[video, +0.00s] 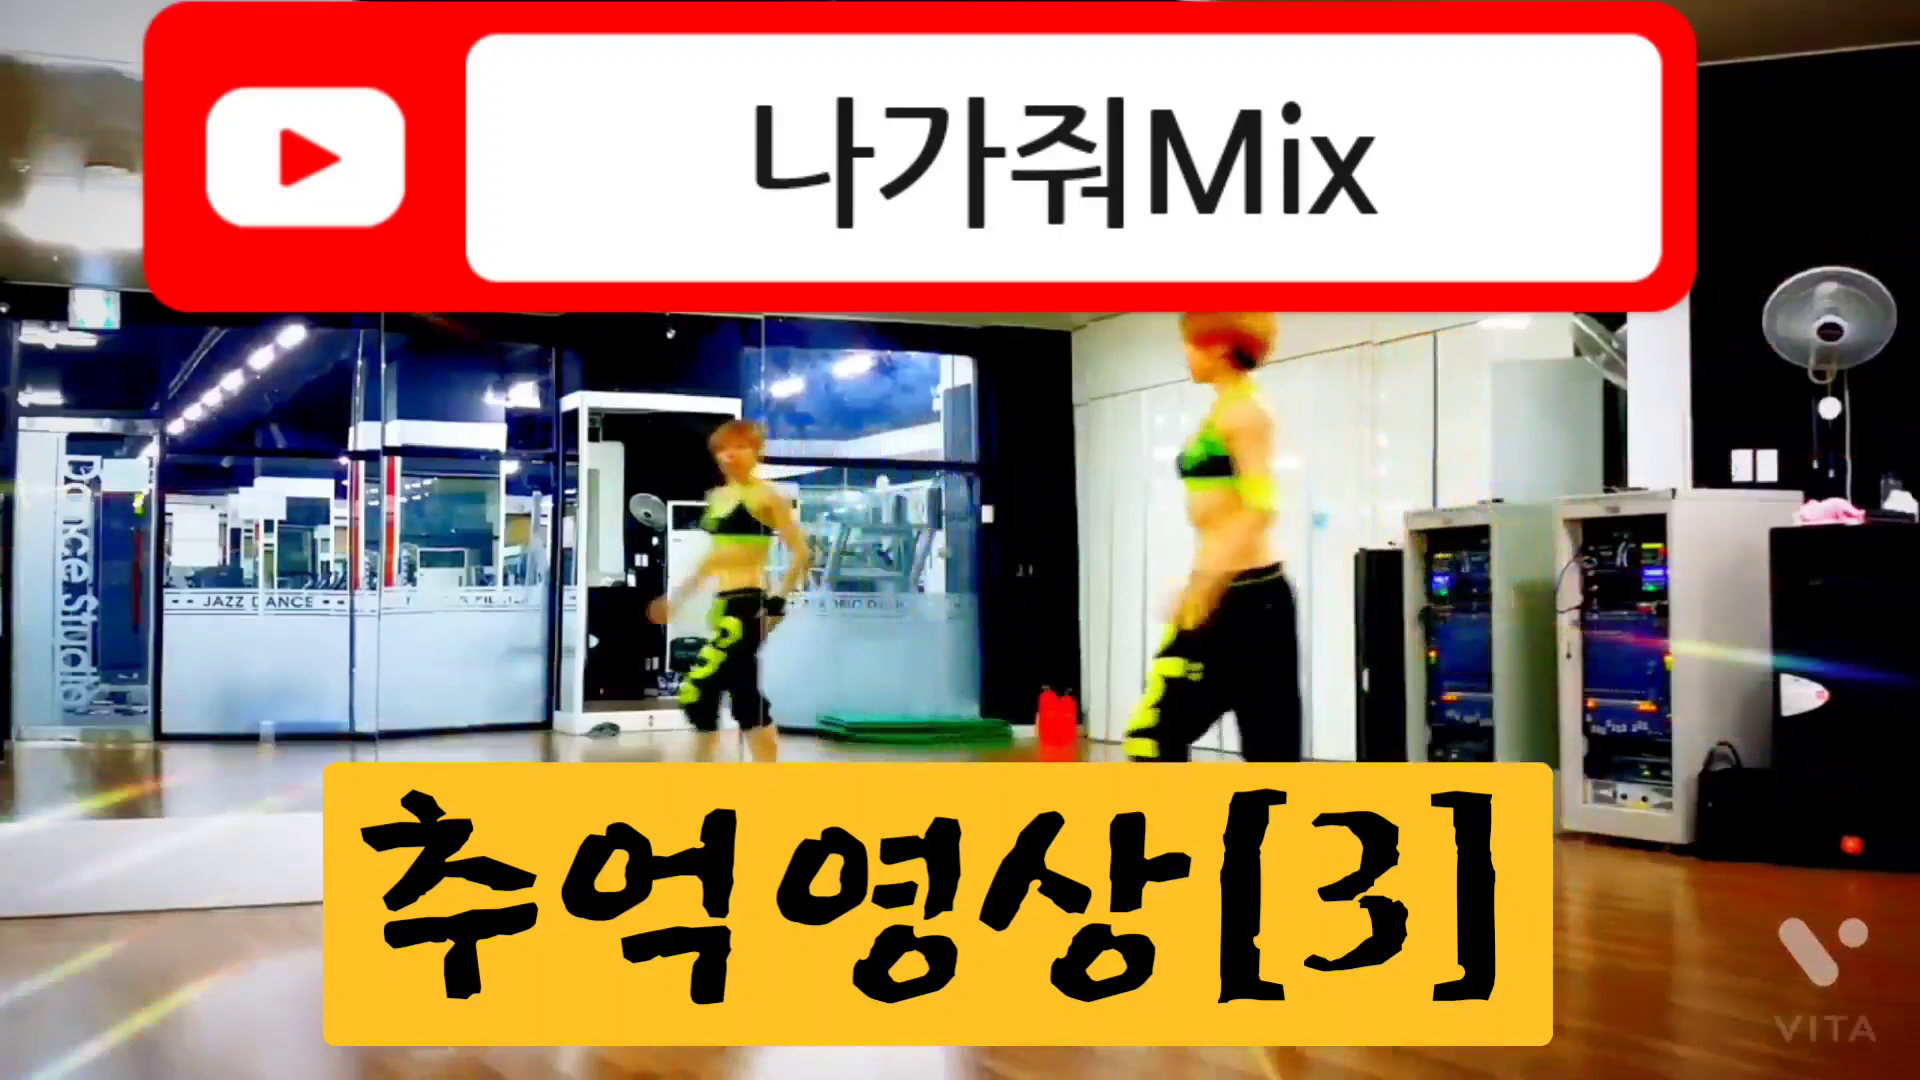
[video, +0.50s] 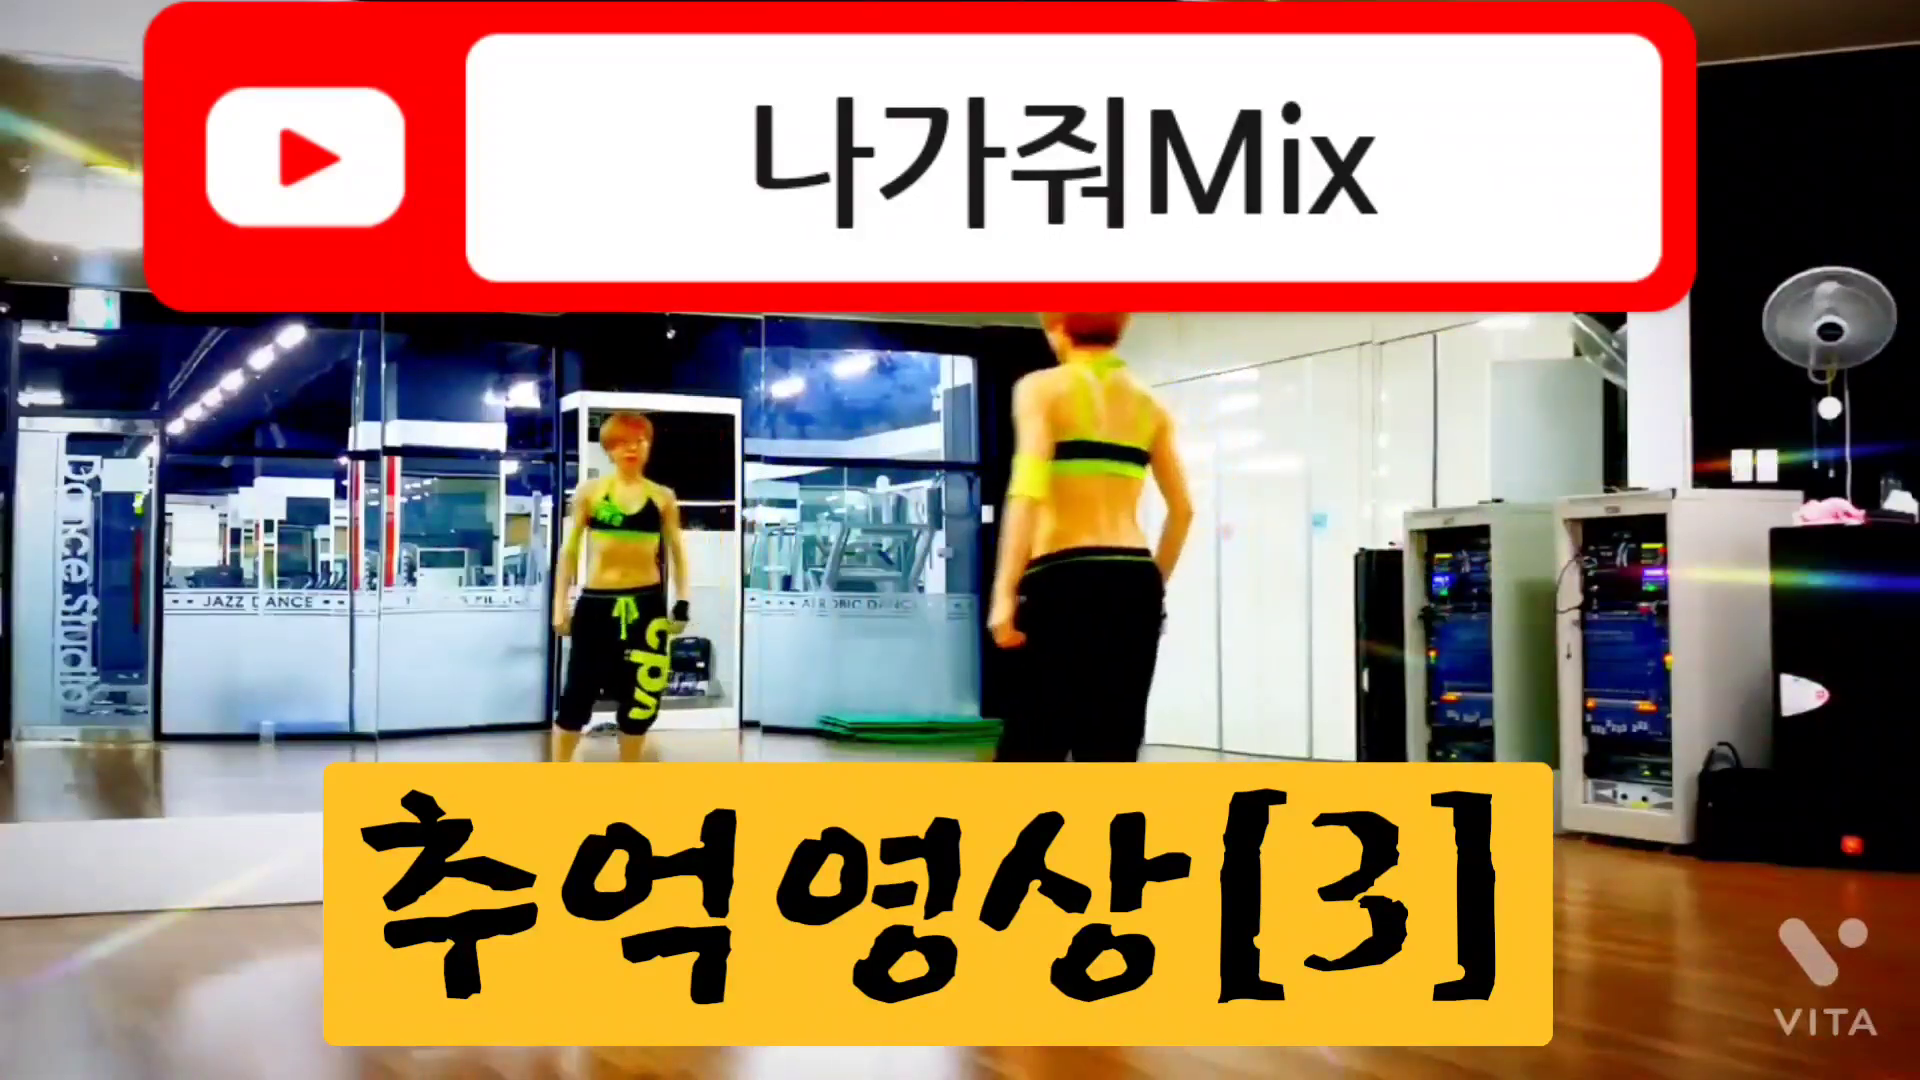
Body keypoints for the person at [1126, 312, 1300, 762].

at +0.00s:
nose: (1186, 352)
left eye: (1194, 341)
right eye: (1187, 341)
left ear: (1221, 347)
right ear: (1224, 346)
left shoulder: (1242, 411)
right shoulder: (1227, 409)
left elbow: (1259, 510)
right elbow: (1237, 513)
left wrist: (1205, 585)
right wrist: (1195, 585)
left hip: (1244, 596)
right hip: (1242, 594)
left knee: (1153, 737)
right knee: (1270, 750)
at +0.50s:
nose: (1049, 336)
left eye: (1049, 327)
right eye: (1050, 328)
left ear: (1059, 329)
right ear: (1116, 330)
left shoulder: (1039, 388)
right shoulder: (1147, 404)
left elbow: (1027, 493)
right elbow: (1181, 509)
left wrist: (1005, 591)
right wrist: (1154, 584)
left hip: (1061, 582)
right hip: (1133, 584)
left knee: (1037, 746)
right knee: (1113, 747)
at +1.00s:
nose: (1039, 326)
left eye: (1041, 318)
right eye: (1041, 319)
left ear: (1052, 323)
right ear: (1114, 323)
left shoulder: (1030, 387)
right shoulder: (1152, 406)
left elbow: (1006, 501)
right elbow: (1171, 515)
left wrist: (971, 587)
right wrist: (1186, 608)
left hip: (1051, 591)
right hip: (1132, 593)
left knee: (1031, 759)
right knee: (1143, 760)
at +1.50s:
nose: (1030, 319)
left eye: (1029, 313)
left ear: (1036, 315)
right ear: (1099, 318)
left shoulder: (1009, 380)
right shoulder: (1134, 395)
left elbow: (989, 500)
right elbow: (1151, 508)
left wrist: (964, 605)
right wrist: (1128, 579)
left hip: (1029, 586)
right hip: (1111, 583)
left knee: (1037, 753)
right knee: (1116, 749)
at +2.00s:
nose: (1024, 316)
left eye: (1025, 309)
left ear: (1033, 313)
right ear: (1094, 313)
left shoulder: (1010, 379)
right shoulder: (1136, 388)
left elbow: (986, 500)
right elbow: (1149, 502)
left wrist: (952, 599)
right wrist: (1157, 600)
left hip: (1029, 584)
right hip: (1110, 583)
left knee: (1032, 752)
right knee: (1112, 750)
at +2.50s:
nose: (1024, 302)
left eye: (1025, 291)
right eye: (1033, 291)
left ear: (1032, 297)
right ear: (1101, 297)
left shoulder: (1007, 377)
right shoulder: (1136, 388)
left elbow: (985, 499)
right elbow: (1142, 504)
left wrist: (957, 599)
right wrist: (1130, 578)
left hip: (1027, 588)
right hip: (1113, 585)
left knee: (1044, 768)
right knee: (1116, 765)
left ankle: (1061, 939)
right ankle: (1104, 943)